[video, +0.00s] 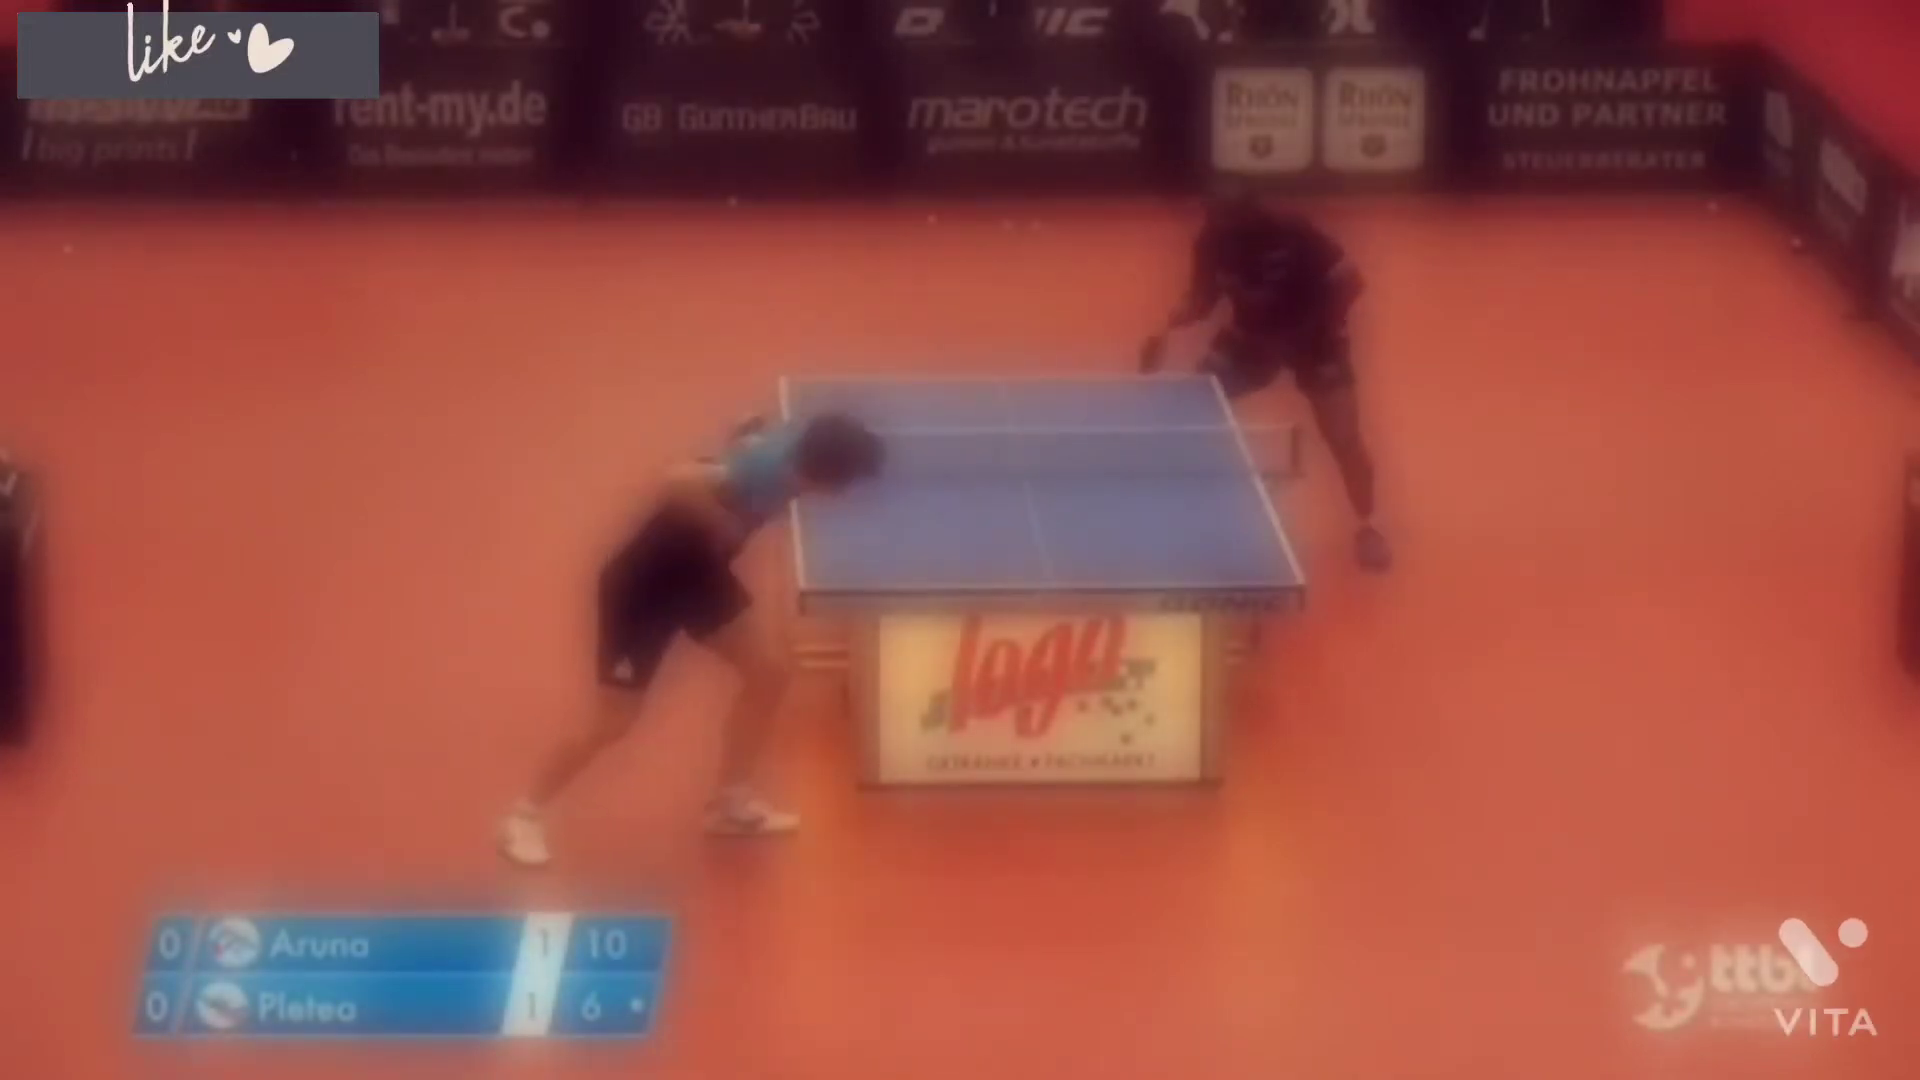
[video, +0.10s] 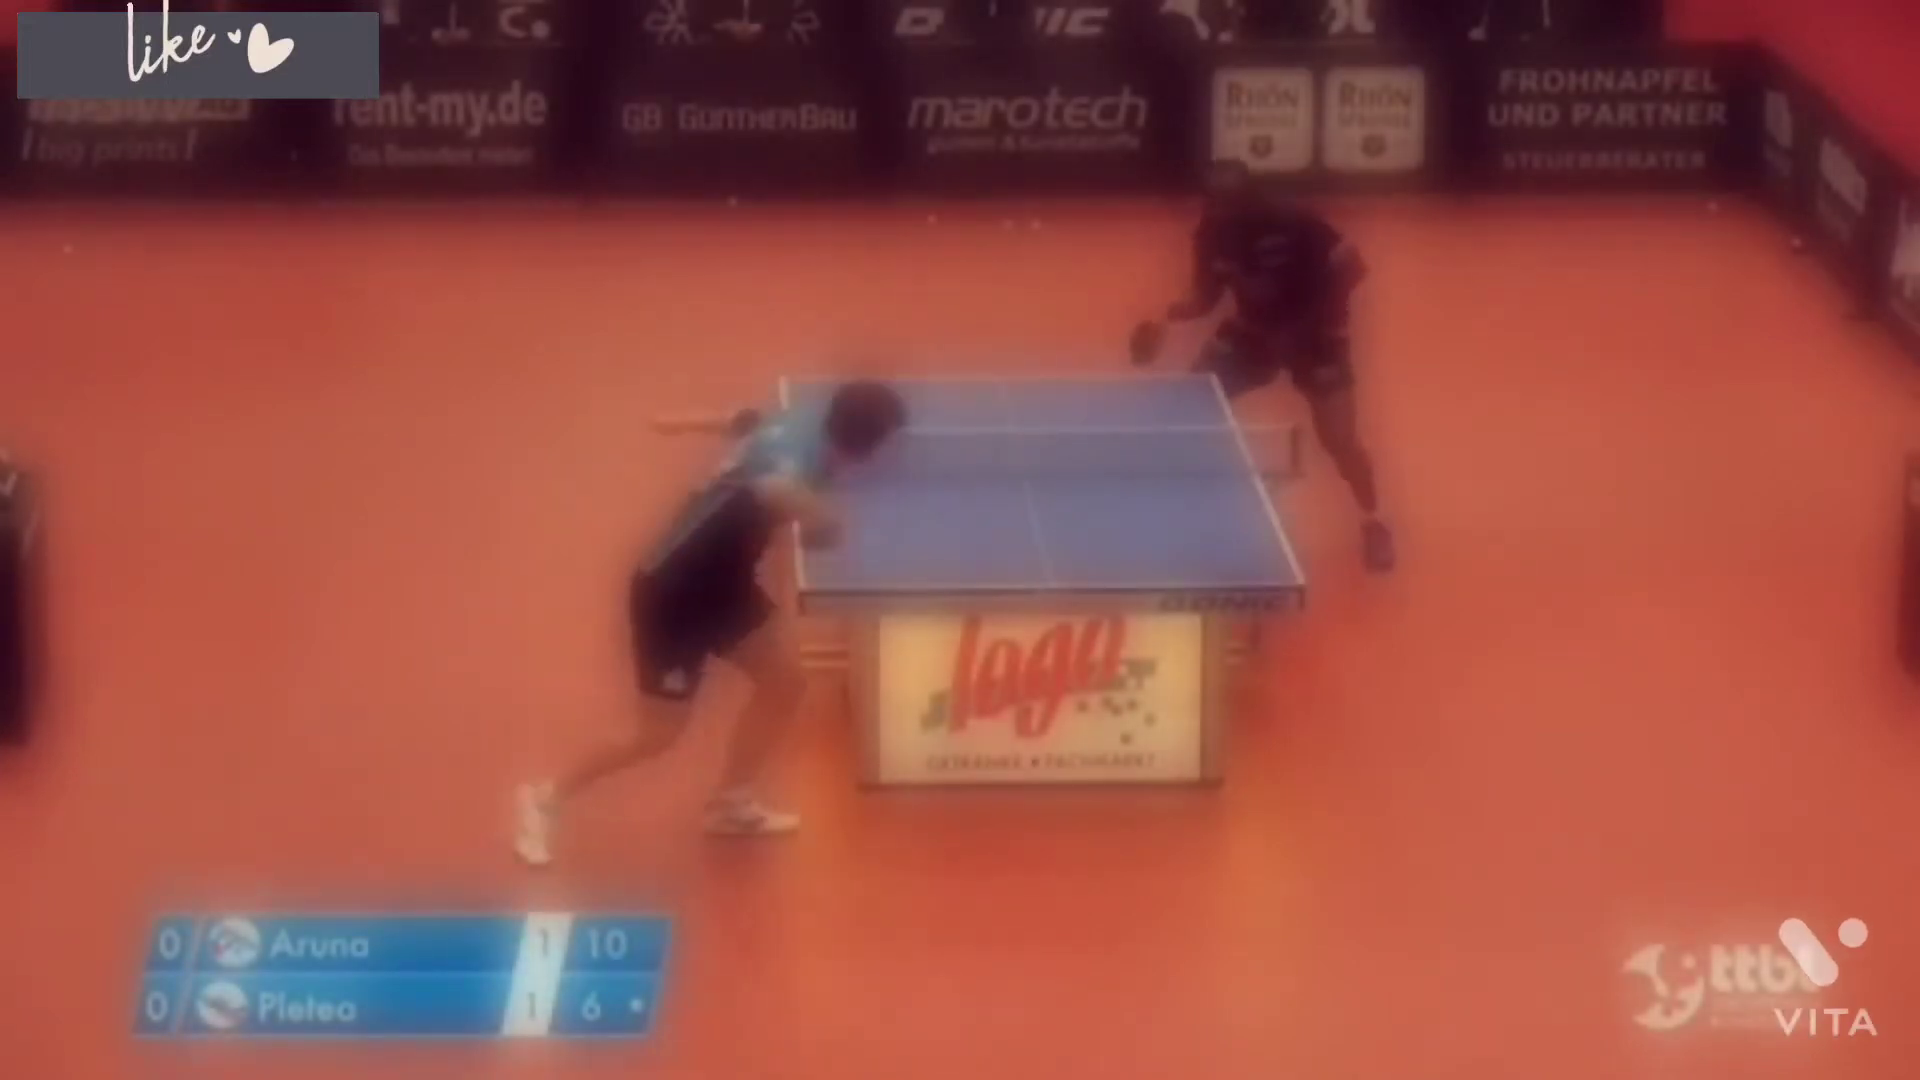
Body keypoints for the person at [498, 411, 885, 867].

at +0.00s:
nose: (832, 493)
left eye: (840, 484)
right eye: (835, 482)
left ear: (824, 456)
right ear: (818, 468)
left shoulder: (784, 454)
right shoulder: (755, 470)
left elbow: (752, 433)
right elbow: (678, 482)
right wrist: (718, 516)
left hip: (699, 576)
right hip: (644, 579)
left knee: (766, 673)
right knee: (614, 717)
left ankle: (732, 798)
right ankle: (528, 812)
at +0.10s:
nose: (876, 453)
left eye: (882, 442)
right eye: (877, 443)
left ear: (841, 416)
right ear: (862, 441)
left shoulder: (797, 430)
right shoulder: (787, 461)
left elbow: (742, 422)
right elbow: (776, 495)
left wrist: (679, 423)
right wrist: (822, 518)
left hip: (723, 582)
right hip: (670, 587)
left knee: (782, 681)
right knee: (660, 732)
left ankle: (732, 799)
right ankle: (548, 798)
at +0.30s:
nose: (901, 346)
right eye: (904, 337)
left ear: (853, 336)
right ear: (906, 345)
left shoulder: (809, 384)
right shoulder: (901, 413)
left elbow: (741, 403)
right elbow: (967, 467)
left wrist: (695, 427)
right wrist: (981, 455)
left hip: (757, 563)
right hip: (817, 575)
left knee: (765, 678)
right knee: (867, 706)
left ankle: (732, 802)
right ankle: (807, 818)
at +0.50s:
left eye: (894, 365)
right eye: (926, 368)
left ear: (880, 373)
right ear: (937, 379)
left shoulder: (847, 423)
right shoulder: (951, 447)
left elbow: (775, 457)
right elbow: (1019, 522)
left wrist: (781, 489)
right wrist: (1007, 487)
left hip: (831, 615)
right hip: (906, 621)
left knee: (776, 711)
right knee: (989, 736)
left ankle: (738, 835)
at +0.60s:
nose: (931, 418)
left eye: (922, 407)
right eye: (945, 409)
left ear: (907, 415)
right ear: (962, 419)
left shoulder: (874, 466)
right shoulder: (985, 487)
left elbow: (825, 506)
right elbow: (1025, 561)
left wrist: (869, 532)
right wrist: (984, 519)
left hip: (867, 652)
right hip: (948, 655)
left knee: (783, 721)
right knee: (1035, 744)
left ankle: (740, 861)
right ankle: (1079, 882)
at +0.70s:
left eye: (934, 400)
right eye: (968, 403)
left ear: (922, 409)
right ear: (977, 415)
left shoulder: (883, 456)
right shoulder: (996, 487)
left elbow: (829, 490)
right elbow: (1030, 563)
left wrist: (872, 535)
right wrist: (999, 518)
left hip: (866, 638)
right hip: (944, 644)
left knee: (784, 720)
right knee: (1032, 746)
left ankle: (738, 852)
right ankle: (1077, 882)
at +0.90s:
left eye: (916, 432)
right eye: (945, 435)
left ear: (899, 440)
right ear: (953, 448)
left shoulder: (863, 483)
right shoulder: (975, 504)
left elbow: (821, 535)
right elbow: (1021, 565)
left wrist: (875, 548)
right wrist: (974, 589)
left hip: (871, 674)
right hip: (956, 674)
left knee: (771, 739)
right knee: (1024, 714)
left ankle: (723, 869)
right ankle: (1074, 842)